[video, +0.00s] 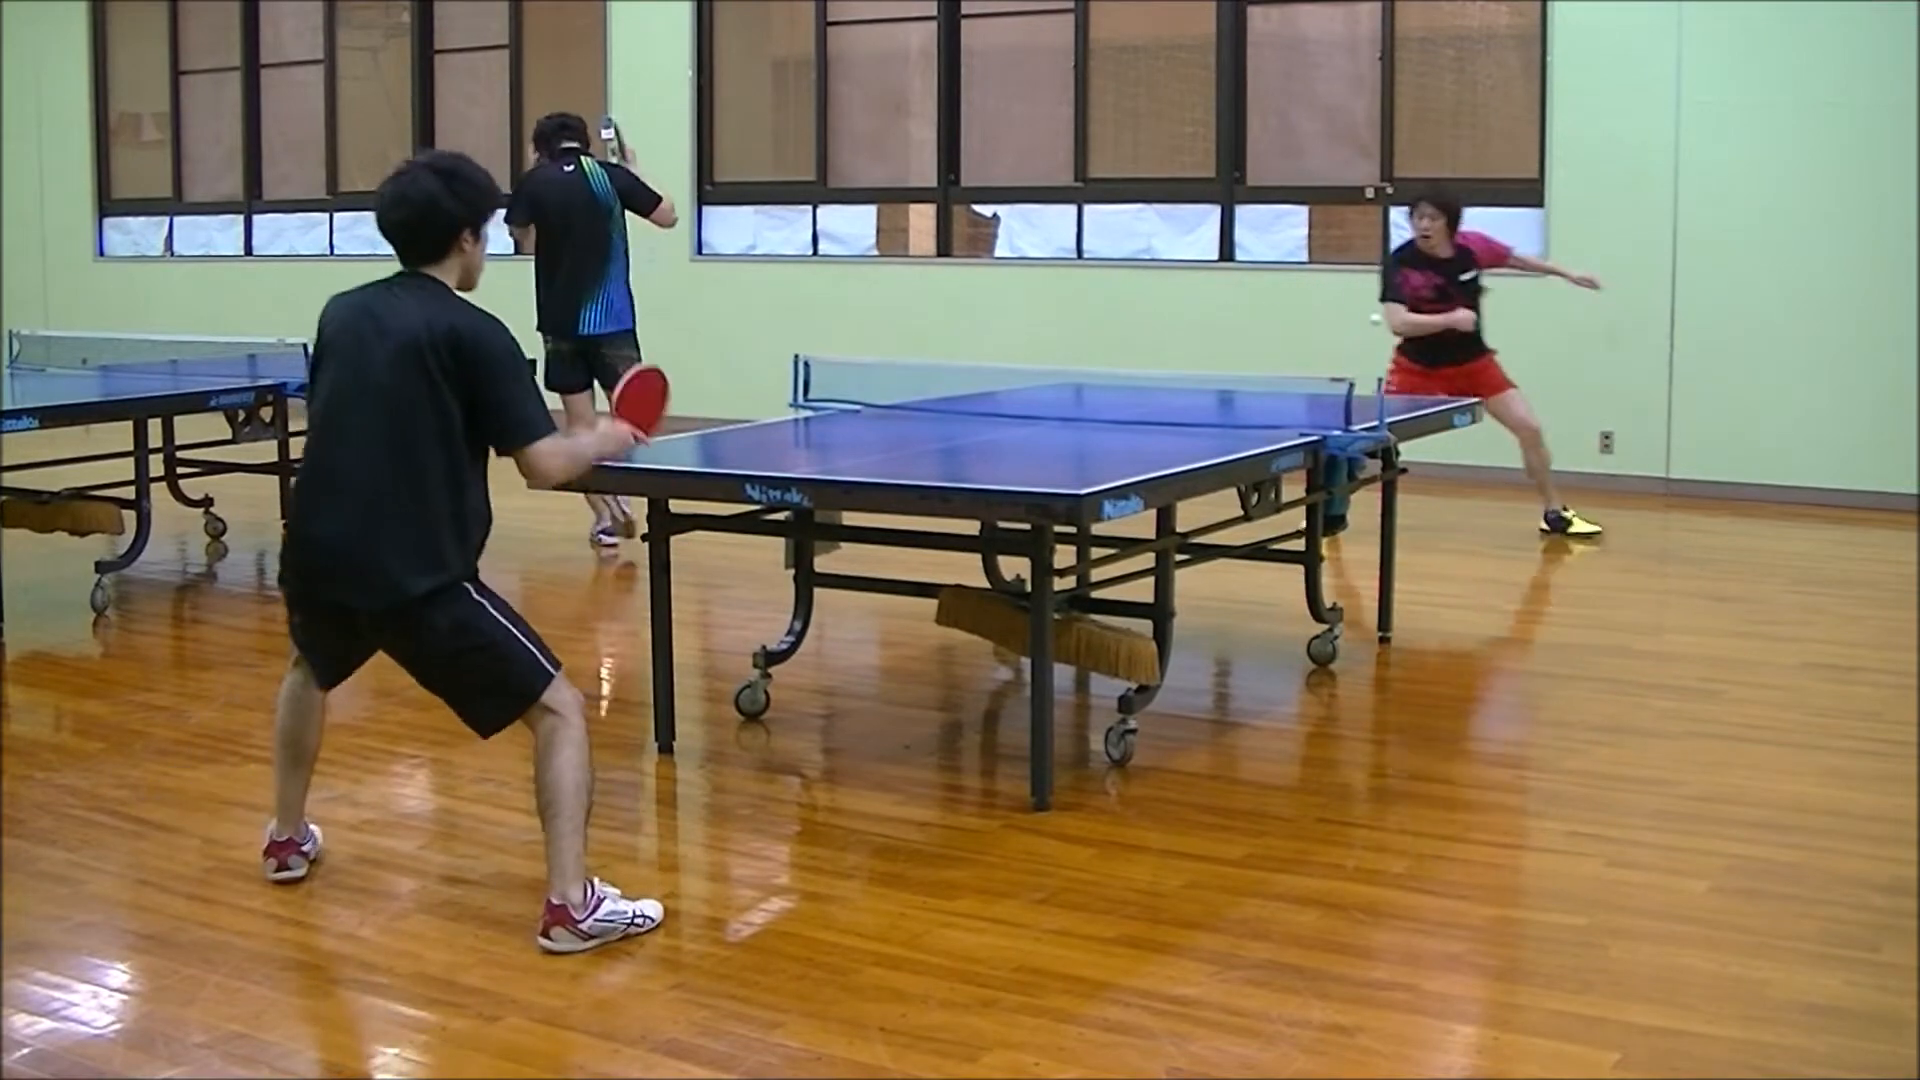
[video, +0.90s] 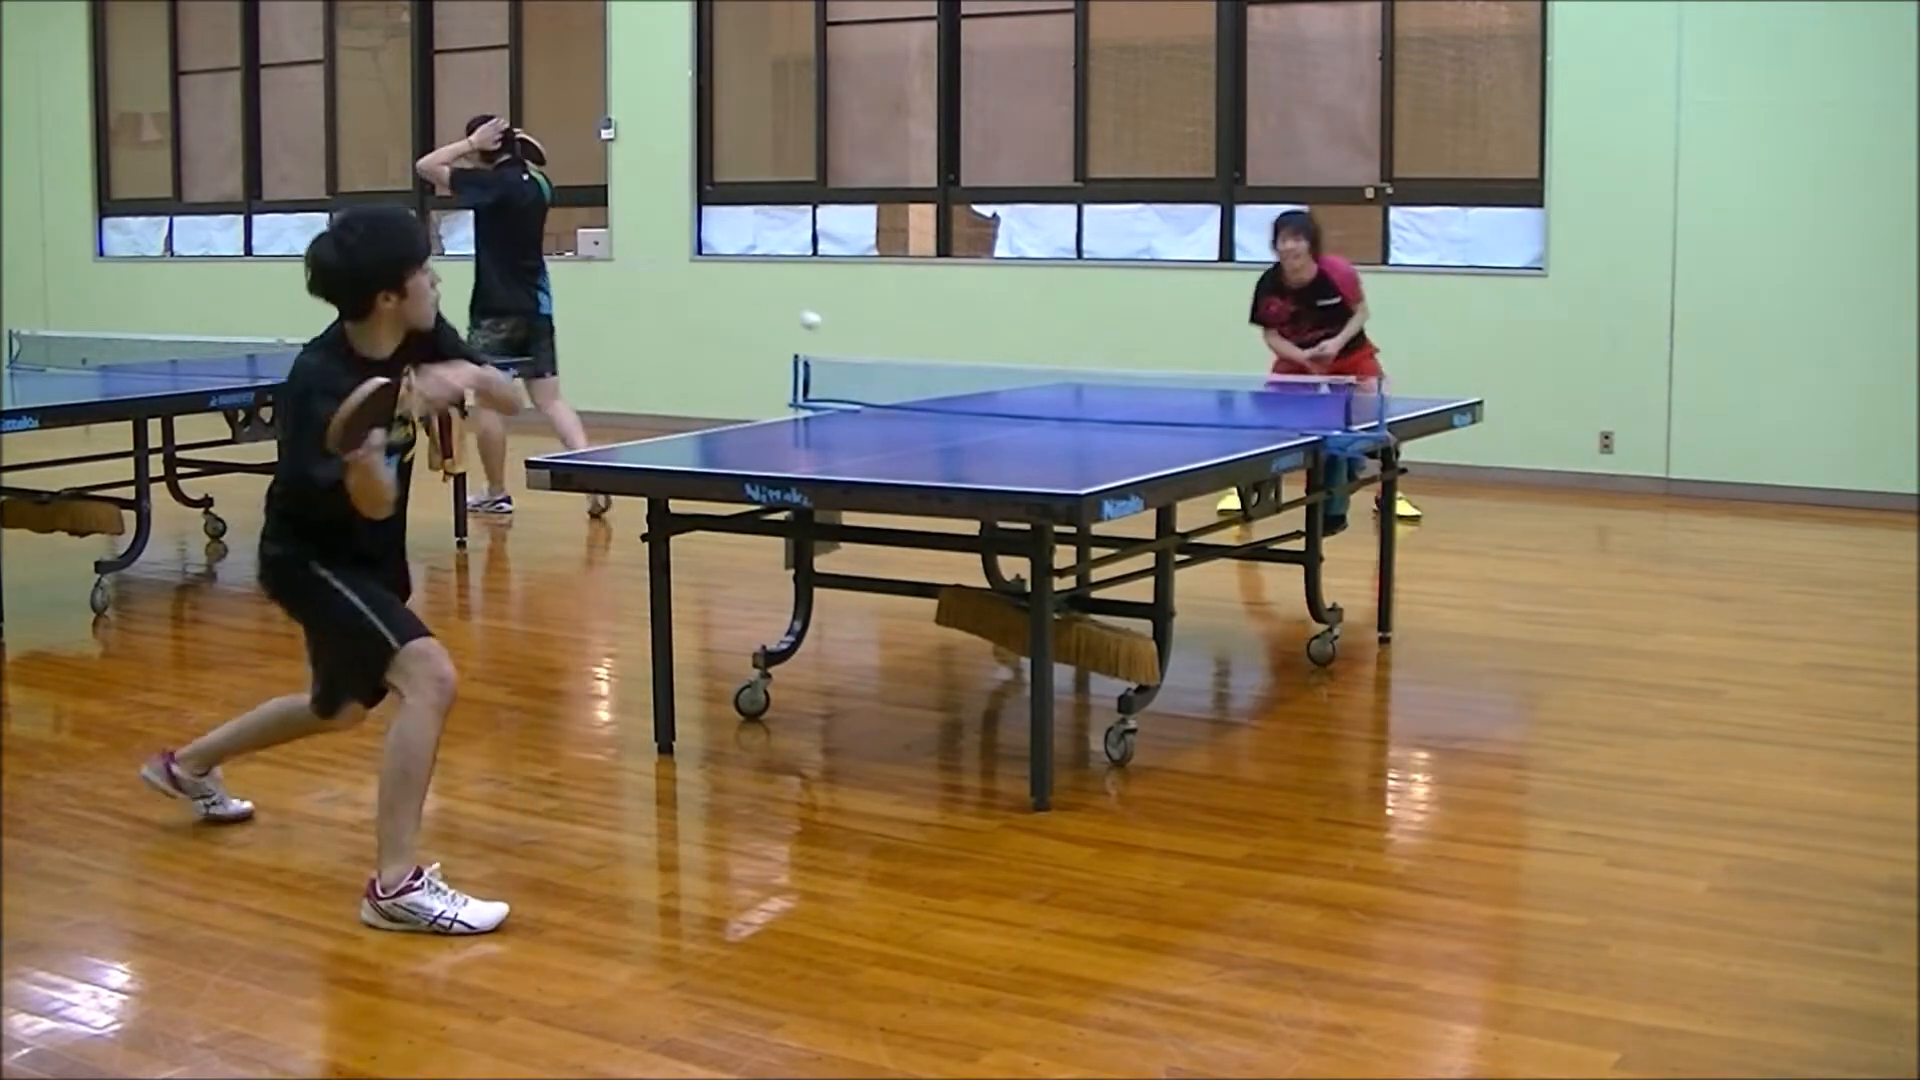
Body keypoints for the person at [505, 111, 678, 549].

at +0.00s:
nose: (533, 155)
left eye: (534, 149)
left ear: (539, 150)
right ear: (585, 144)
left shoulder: (533, 182)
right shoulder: (610, 175)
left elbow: (525, 242)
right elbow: (666, 215)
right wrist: (633, 172)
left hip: (560, 321)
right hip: (612, 319)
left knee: (579, 421)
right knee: (629, 411)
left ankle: (604, 521)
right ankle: (620, 506)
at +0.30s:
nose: (538, 154)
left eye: (539, 149)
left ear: (544, 150)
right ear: (586, 146)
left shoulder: (538, 185)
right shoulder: (607, 180)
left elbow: (494, 212)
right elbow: (657, 199)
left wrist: (522, 164)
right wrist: (614, 159)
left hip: (560, 315)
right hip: (609, 314)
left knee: (572, 414)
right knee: (615, 409)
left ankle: (604, 509)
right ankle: (614, 502)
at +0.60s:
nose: (514, 157)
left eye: (517, 149)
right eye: (514, 148)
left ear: (531, 145)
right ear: (564, 141)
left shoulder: (532, 180)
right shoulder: (590, 177)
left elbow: (466, 190)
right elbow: (616, 190)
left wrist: (502, 150)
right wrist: (584, 158)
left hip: (543, 307)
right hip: (588, 307)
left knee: (522, 395)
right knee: (597, 403)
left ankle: (549, 477)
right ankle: (606, 497)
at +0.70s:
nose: (503, 157)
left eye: (506, 148)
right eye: (504, 147)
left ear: (521, 146)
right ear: (550, 145)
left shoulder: (527, 181)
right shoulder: (574, 180)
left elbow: (457, 180)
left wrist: (498, 145)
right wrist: (553, 147)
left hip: (532, 308)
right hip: (575, 307)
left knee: (512, 404)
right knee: (591, 400)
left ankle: (516, 498)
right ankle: (605, 495)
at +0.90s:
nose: (465, 160)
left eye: (470, 151)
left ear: (485, 153)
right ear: (514, 150)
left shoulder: (495, 185)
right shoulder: (539, 185)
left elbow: (427, 166)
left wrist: (471, 144)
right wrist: (514, 148)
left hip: (497, 305)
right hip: (536, 303)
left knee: (485, 402)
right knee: (550, 398)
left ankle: (496, 494)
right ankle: (594, 479)